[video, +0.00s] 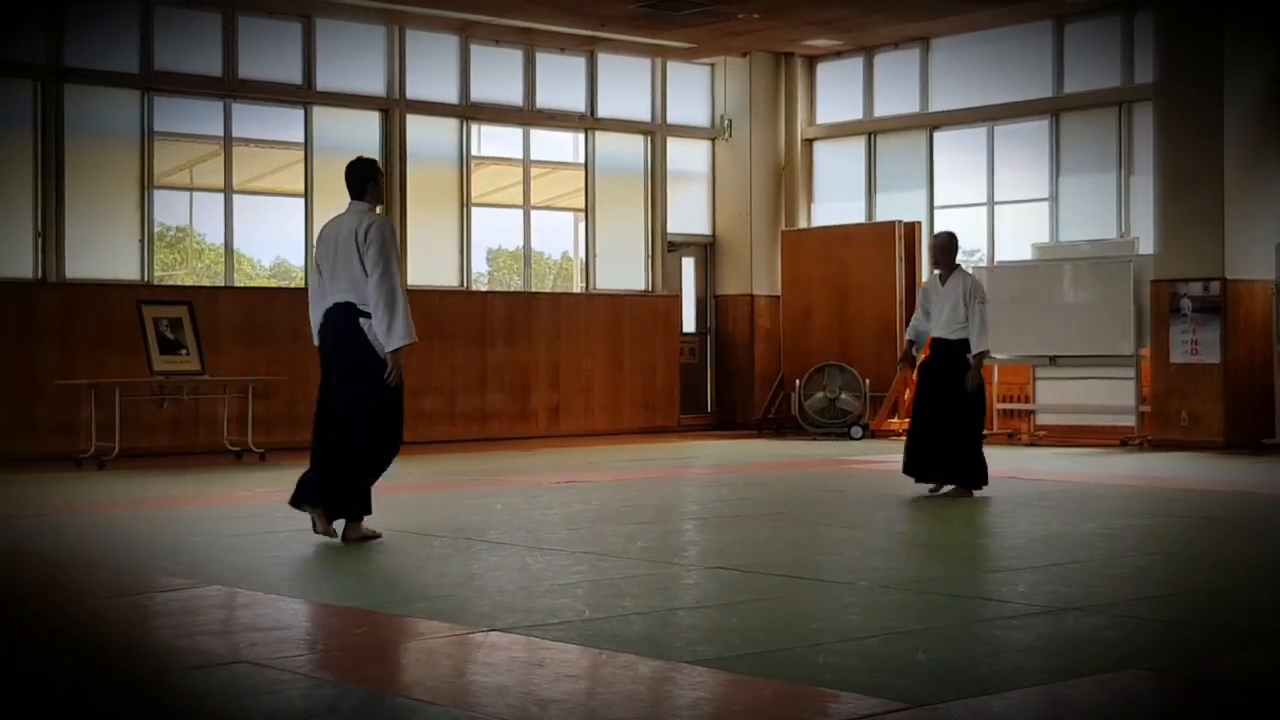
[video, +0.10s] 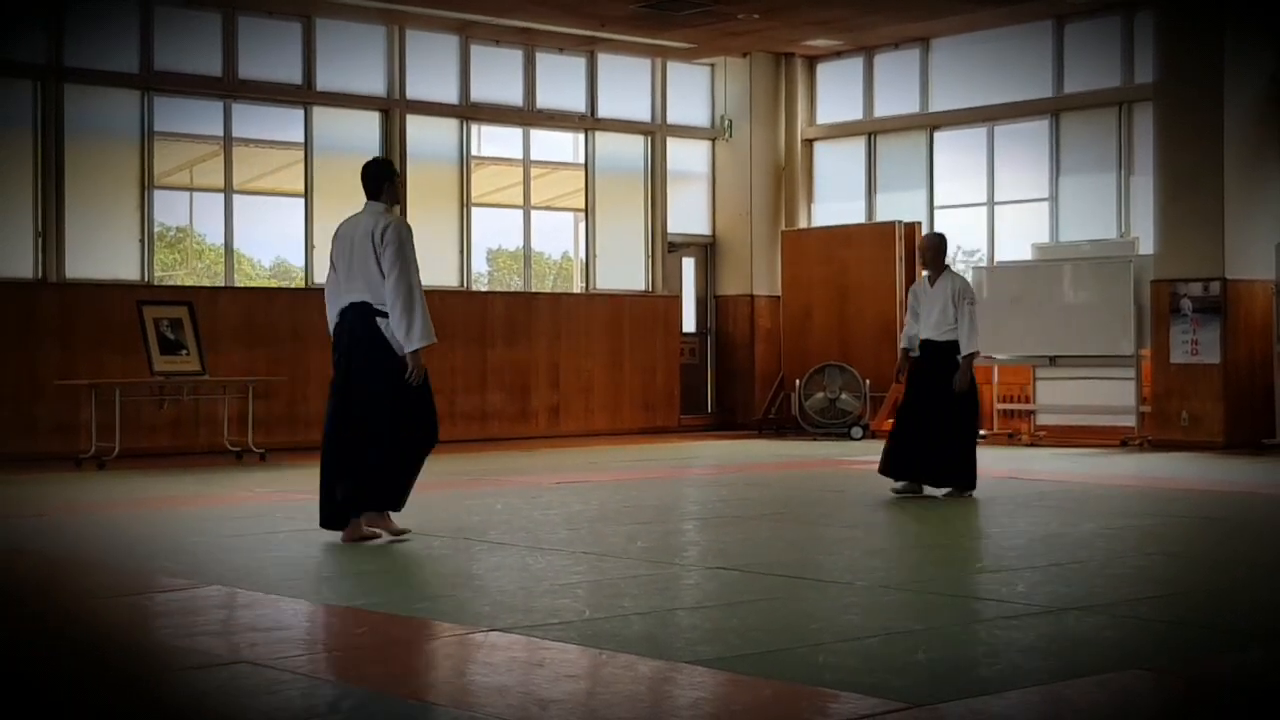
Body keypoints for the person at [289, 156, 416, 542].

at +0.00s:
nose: (384, 189)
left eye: (381, 182)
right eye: (382, 183)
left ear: (349, 187)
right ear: (374, 186)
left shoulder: (328, 229)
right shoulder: (376, 226)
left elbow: (318, 287)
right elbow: (383, 287)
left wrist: (321, 334)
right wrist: (392, 344)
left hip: (332, 329)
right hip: (365, 329)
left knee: (341, 419)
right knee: (383, 427)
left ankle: (353, 520)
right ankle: (322, 497)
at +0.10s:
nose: (402, 188)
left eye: (400, 182)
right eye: (400, 182)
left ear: (366, 188)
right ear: (393, 186)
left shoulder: (344, 228)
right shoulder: (393, 227)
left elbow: (332, 287)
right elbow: (401, 289)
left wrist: (339, 333)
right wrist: (412, 345)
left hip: (348, 333)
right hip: (382, 332)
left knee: (358, 423)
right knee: (418, 422)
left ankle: (354, 522)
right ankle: (378, 507)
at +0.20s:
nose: (420, 191)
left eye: (418, 185)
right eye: (416, 186)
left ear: (385, 191)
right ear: (407, 190)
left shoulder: (361, 233)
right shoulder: (411, 230)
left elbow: (348, 291)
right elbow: (419, 293)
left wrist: (352, 338)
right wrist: (431, 347)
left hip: (364, 340)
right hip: (402, 340)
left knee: (355, 428)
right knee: (443, 423)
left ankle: (351, 522)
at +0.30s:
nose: (440, 197)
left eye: (438, 191)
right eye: (437, 192)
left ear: (405, 198)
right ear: (426, 197)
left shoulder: (379, 238)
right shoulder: (433, 238)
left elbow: (364, 296)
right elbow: (441, 301)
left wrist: (368, 342)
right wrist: (450, 357)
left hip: (381, 342)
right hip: (419, 341)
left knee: (367, 427)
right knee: (454, 421)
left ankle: (354, 521)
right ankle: (493, 505)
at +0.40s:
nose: (461, 203)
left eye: (459, 198)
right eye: (459, 198)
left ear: (427, 202)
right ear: (453, 201)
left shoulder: (400, 243)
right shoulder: (456, 243)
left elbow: (384, 298)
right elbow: (465, 304)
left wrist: (390, 345)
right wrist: (478, 361)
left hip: (406, 348)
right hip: (445, 347)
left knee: (382, 426)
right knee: (475, 428)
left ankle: (358, 513)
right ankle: (502, 511)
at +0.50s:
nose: (484, 201)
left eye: (482, 195)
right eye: (482, 195)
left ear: (449, 199)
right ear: (474, 199)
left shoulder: (424, 239)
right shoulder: (481, 241)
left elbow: (406, 296)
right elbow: (493, 304)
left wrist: (422, 332)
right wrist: (505, 359)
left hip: (436, 343)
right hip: (473, 343)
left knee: (412, 419)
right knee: (490, 426)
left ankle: (378, 493)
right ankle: (504, 511)